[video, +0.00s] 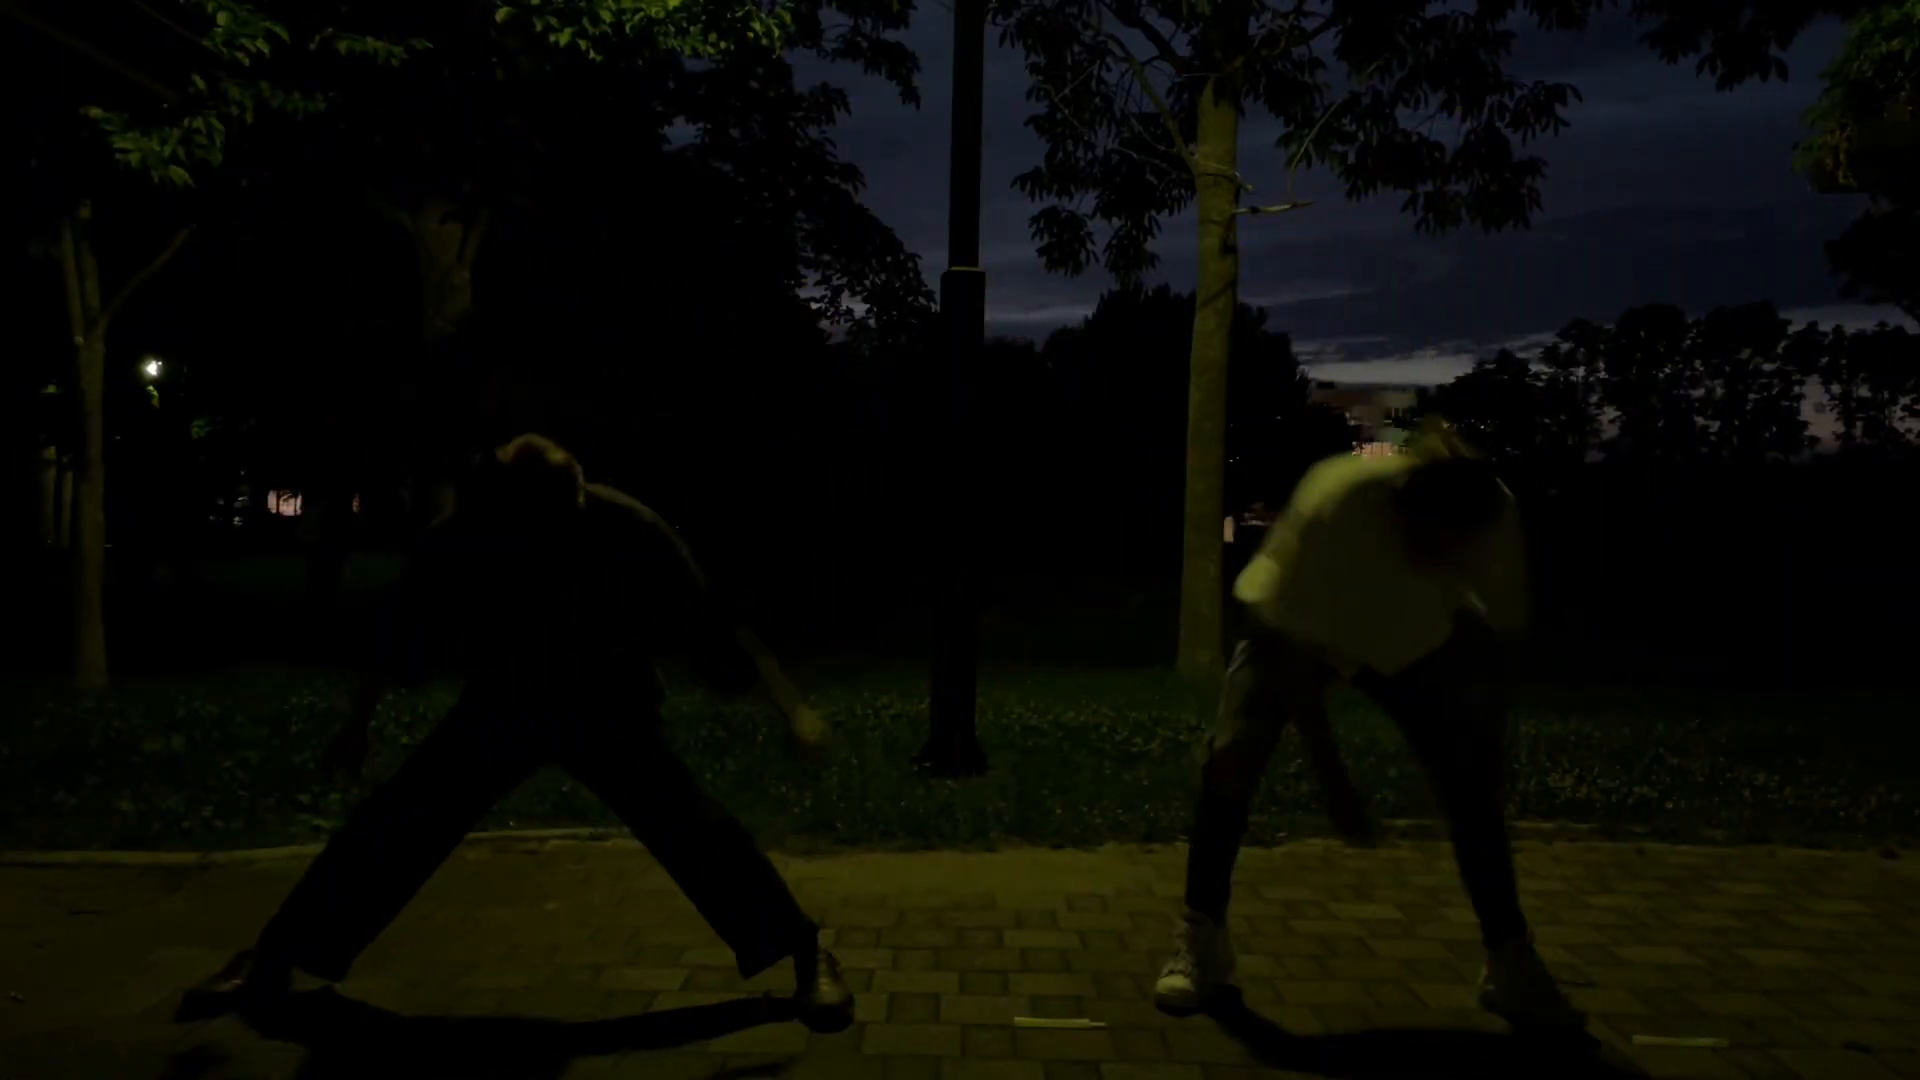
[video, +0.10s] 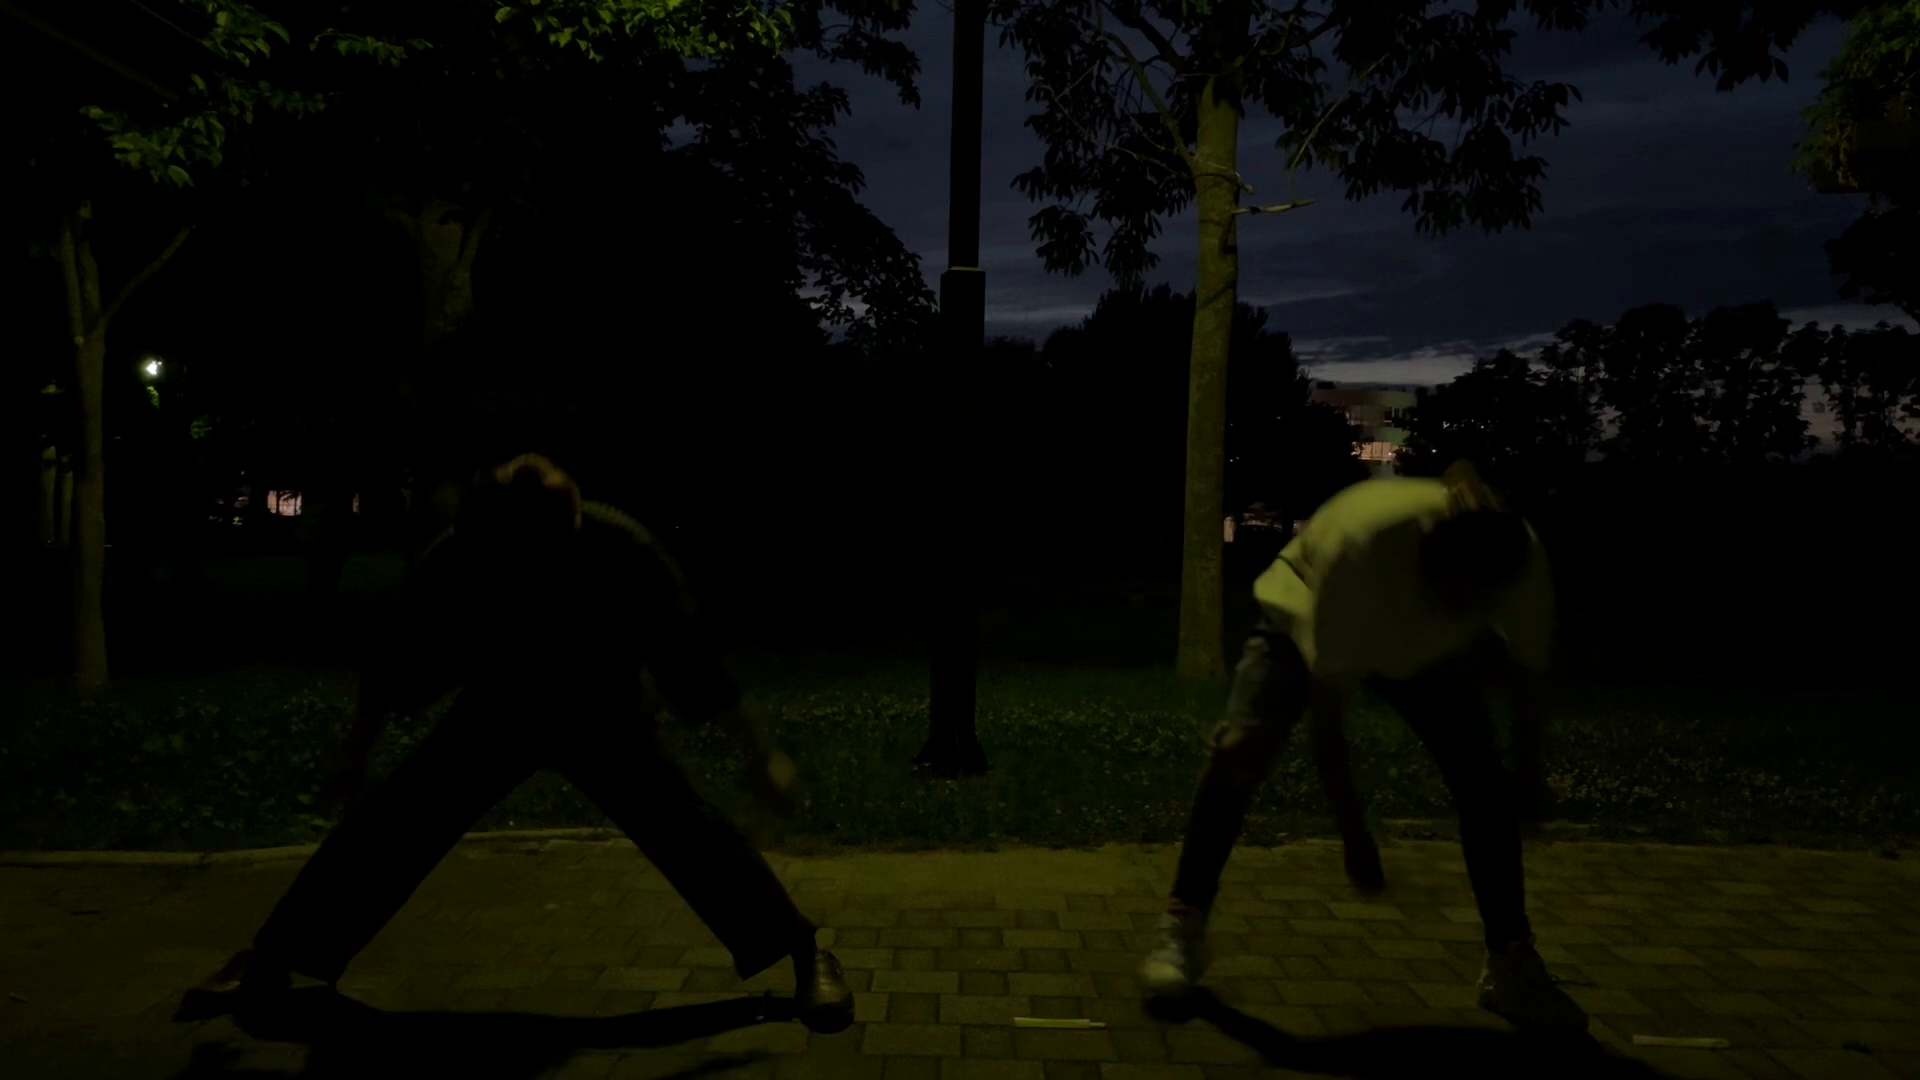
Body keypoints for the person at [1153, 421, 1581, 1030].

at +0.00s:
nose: (1448, 552)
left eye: (1462, 539)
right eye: (1441, 536)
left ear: (1480, 514)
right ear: (1408, 507)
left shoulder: (1490, 517)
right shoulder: (1334, 502)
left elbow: (1505, 639)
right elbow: (1281, 638)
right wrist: (1334, 785)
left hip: (1414, 632)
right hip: (1299, 624)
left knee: (1473, 789)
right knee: (1231, 760)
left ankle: (1511, 964)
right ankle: (1200, 942)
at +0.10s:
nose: (1465, 601)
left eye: (1478, 591)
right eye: (1459, 587)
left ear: (1502, 564)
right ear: (1434, 549)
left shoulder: (1518, 558)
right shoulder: (1357, 541)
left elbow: (1528, 684)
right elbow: (1326, 714)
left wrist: (1530, 782)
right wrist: (1356, 841)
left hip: (1416, 640)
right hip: (1310, 622)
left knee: (1484, 783)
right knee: (1238, 751)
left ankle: (1511, 962)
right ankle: (1182, 931)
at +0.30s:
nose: (1495, 735)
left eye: (1512, 722)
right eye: (1491, 721)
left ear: (1535, 684)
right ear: (1464, 676)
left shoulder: (1538, 658)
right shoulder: (1385, 664)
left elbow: (1562, 782)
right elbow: (1353, 828)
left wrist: (1594, 891)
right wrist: (1379, 966)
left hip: (1425, 607)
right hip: (1309, 616)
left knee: (1502, 797)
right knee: (1239, 771)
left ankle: (1512, 965)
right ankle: (1164, 949)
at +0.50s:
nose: (1515, 809)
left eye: (1531, 799)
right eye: (1509, 795)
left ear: (1560, 743)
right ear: (1481, 748)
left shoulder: (1550, 711)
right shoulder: (1400, 710)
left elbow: (1581, 832)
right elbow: (1351, 866)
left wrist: (1628, 947)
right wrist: (1374, 1006)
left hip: (1425, 603)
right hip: (1319, 614)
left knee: (1512, 802)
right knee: (1250, 777)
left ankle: (1513, 969)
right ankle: (1164, 949)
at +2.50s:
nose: (1410, 764)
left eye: (1428, 752)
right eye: (1399, 754)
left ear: (1463, 707)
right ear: (1370, 717)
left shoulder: (1512, 654)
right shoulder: (1316, 677)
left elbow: (1557, 640)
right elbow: (1230, 788)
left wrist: (1556, 751)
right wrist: (1161, 916)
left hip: (1441, 600)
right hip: (1318, 612)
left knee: (1544, 805)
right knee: (1247, 793)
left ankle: (1603, 974)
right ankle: (1164, 947)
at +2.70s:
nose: (1323, 771)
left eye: (1341, 761)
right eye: (1314, 762)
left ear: (1373, 719)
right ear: (1290, 732)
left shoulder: (1438, 675)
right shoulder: (1245, 707)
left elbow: (1518, 651)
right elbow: (1180, 810)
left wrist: (1523, 752)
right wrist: (1114, 929)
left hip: (1393, 609)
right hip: (1276, 616)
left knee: (1515, 799)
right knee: (1206, 797)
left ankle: (1600, 974)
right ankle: (1163, 955)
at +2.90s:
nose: (1269, 788)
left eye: (1284, 774)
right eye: (1256, 772)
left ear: (1315, 731)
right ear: (1233, 744)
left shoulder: (1392, 692)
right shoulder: (1202, 730)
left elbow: (1487, 670)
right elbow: (1149, 841)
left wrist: (1507, 763)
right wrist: (1081, 956)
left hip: (1372, 616)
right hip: (1256, 622)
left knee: (1501, 806)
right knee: (1185, 804)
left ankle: (1601, 973)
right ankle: (1162, 958)